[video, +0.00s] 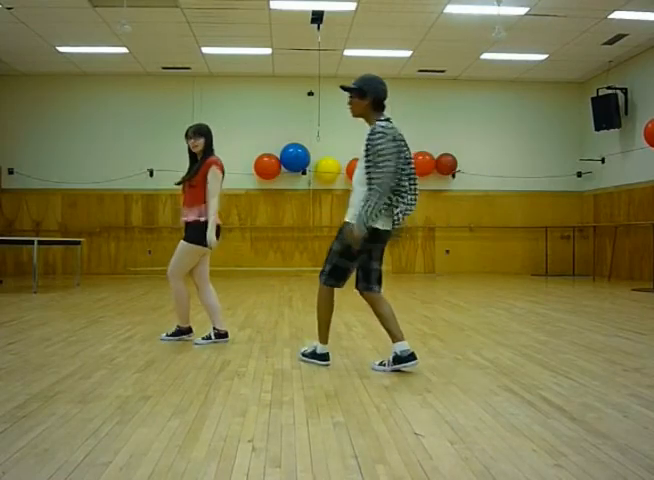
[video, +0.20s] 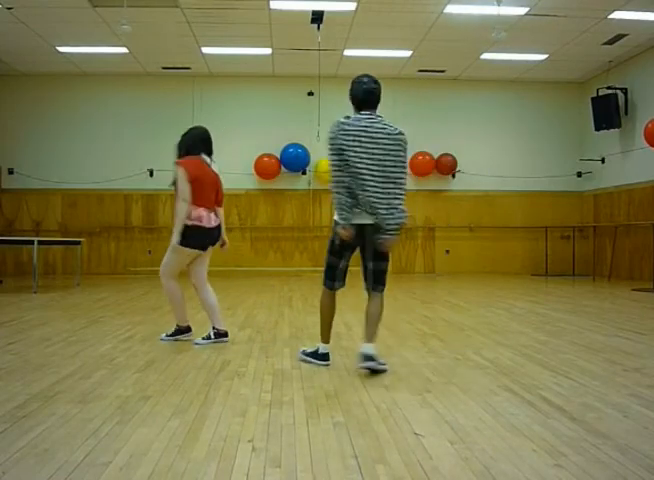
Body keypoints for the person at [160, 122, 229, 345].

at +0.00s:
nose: (193, 142)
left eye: (197, 137)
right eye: (190, 138)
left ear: (207, 140)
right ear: (187, 142)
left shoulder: (213, 165)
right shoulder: (197, 164)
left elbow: (213, 197)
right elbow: (195, 197)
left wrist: (211, 228)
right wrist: (188, 223)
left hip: (200, 226)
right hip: (195, 224)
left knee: (174, 273)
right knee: (202, 281)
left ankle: (183, 326)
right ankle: (220, 330)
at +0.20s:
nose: (179, 145)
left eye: (182, 141)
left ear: (185, 143)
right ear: (206, 146)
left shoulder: (183, 166)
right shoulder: (212, 170)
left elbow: (184, 200)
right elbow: (219, 205)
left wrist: (176, 234)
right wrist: (222, 233)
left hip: (192, 231)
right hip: (211, 231)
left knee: (167, 273)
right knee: (199, 279)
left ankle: (182, 326)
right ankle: (219, 329)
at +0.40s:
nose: (213, 149)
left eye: (213, 145)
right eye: (212, 145)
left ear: (187, 142)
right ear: (207, 145)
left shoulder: (170, 167)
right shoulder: (209, 166)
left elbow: (166, 200)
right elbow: (211, 204)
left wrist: (165, 227)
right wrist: (230, 228)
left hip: (178, 226)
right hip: (206, 226)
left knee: (180, 278)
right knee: (203, 281)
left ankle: (164, 327)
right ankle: (197, 329)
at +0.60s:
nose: (214, 147)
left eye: (213, 143)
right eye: (212, 143)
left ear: (194, 141)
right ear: (202, 142)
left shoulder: (198, 161)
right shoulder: (192, 155)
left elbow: (201, 198)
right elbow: (191, 193)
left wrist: (219, 201)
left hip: (200, 222)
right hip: (194, 222)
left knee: (203, 279)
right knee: (203, 279)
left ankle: (164, 315)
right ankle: (179, 327)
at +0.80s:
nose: (210, 145)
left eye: (213, 141)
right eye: (206, 140)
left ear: (215, 144)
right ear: (195, 142)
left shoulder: (217, 165)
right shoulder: (181, 164)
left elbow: (244, 180)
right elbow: (161, 178)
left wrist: (235, 156)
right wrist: (174, 153)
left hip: (212, 224)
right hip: (185, 222)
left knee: (211, 278)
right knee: (192, 277)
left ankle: (209, 326)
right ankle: (191, 328)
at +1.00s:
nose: (208, 141)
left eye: (211, 137)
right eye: (203, 137)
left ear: (216, 141)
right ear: (195, 140)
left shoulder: (222, 164)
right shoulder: (183, 166)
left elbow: (254, 179)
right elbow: (158, 177)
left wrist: (239, 153)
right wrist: (163, 150)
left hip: (214, 224)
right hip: (186, 224)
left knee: (208, 277)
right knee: (187, 279)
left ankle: (216, 326)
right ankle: (201, 327)